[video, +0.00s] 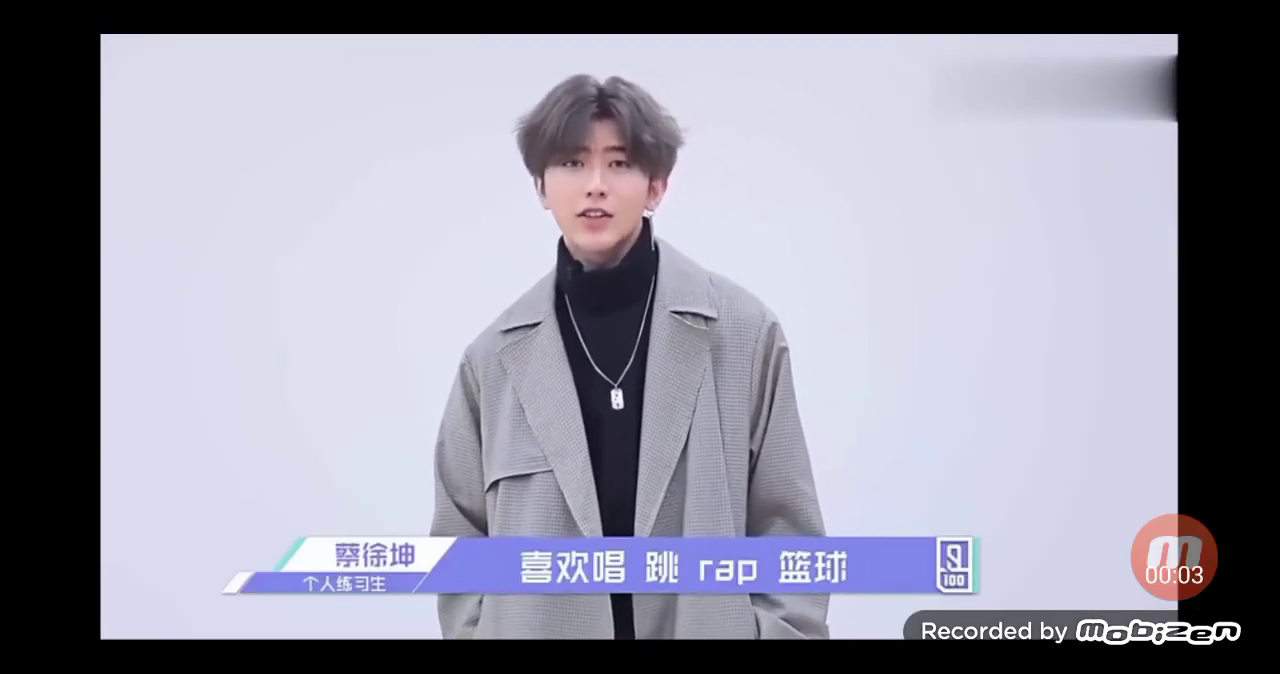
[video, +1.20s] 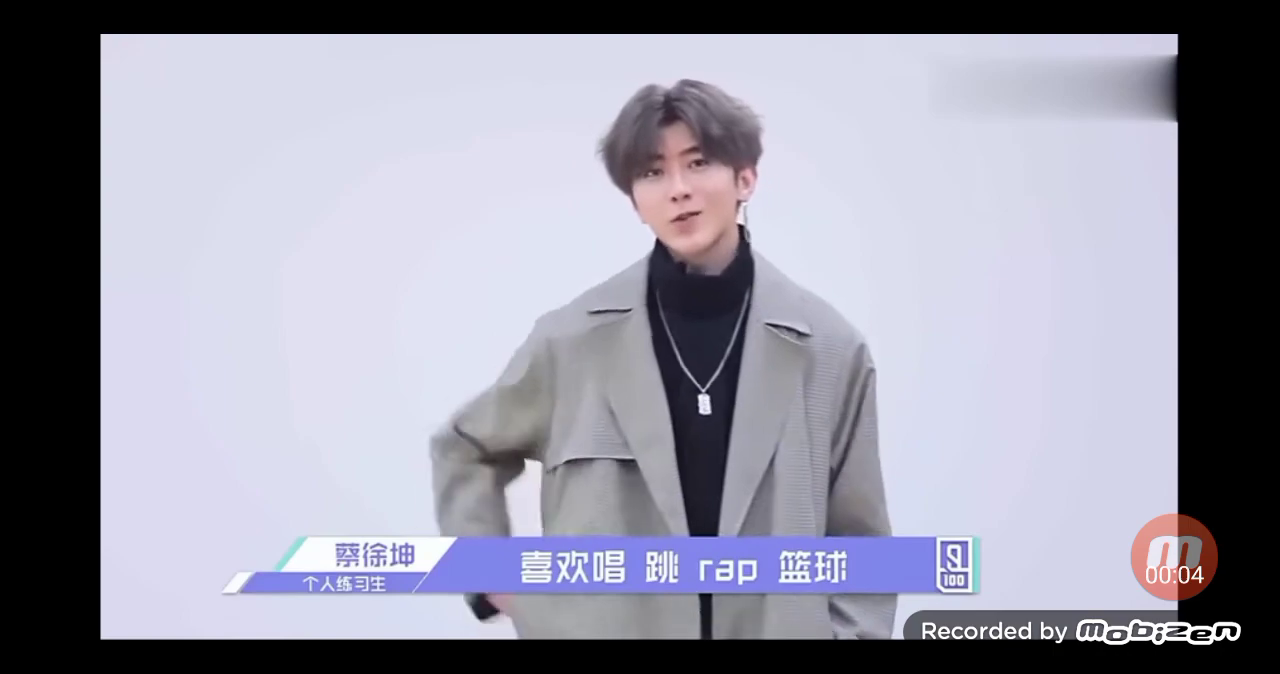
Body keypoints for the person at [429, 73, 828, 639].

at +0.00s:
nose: (595, 185)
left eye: (618, 164)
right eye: (572, 163)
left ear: (655, 188)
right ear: (542, 186)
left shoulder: (746, 333)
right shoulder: (489, 359)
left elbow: (791, 530)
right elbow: (455, 542)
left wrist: (776, 630)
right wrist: (476, 628)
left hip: (704, 629)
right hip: (541, 631)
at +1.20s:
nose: (677, 190)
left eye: (697, 163)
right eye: (652, 172)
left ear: (745, 178)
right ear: (633, 198)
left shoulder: (831, 349)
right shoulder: (567, 343)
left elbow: (862, 544)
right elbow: (465, 449)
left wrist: (843, 628)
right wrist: (496, 585)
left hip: (774, 624)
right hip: (605, 625)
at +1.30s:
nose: (698, 195)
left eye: (718, 168)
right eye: (673, 178)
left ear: (764, 181)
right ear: (652, 201)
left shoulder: (850, 358)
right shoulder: (581, 334)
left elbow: (883, 551)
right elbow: (461, 413)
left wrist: (874, 629)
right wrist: (435, 538)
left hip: (784, 631)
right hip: (604, 629)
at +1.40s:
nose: (712, 198)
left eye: (731, 171)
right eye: (688, 182)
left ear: (777, 182)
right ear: (666, 205)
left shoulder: (854, 361)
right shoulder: (595, 336)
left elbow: (889, 554)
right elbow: (523, 474)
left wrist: (876, 627)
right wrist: (481, 459)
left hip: (789, 632)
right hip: (629, 629)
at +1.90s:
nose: (733, 196)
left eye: (752, 171)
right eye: (708, 181)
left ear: (799, 189)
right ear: (687, 206)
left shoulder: (853, 342)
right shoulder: (610, 332)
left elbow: (869, 476)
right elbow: (520, 444)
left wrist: (910, 553)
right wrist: (576, 501)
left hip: (812, 626)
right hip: (651, 622)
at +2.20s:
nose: (700, 198)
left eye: (721, 176)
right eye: (676, 185)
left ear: (768, 196)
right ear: (658, 213)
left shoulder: (824, 340)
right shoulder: (592, 324)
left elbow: (872, 453)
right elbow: (509, 426)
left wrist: (845, 504)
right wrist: (524, 476)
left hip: (765, 617)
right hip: (616, 616)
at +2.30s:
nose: (687, 196)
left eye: (708, 172)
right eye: (664, 180)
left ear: (755, 189)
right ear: (643, 204)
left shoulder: (808, 325)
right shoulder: (592, 314)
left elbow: (863, 431)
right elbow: (531, 450)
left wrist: (900, 470)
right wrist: (484, 429)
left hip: (744, 623)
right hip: (604, 623)